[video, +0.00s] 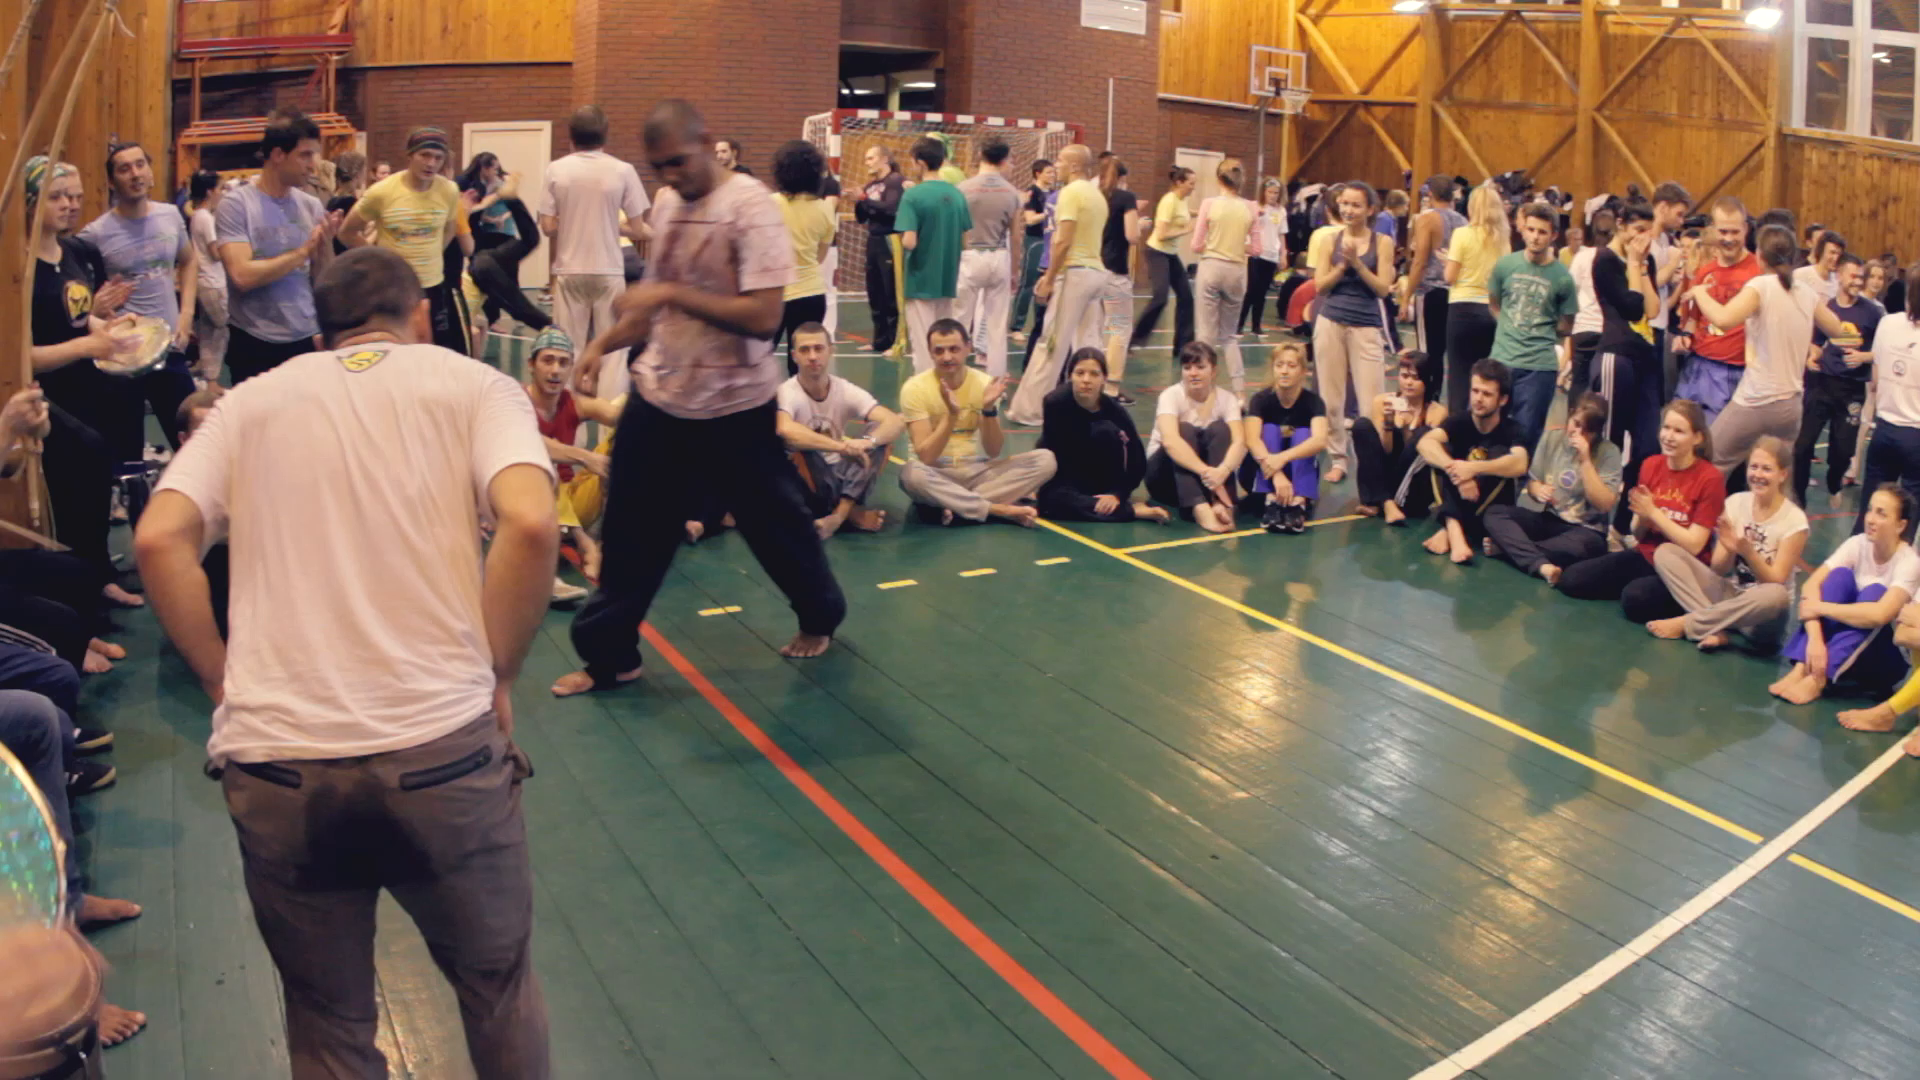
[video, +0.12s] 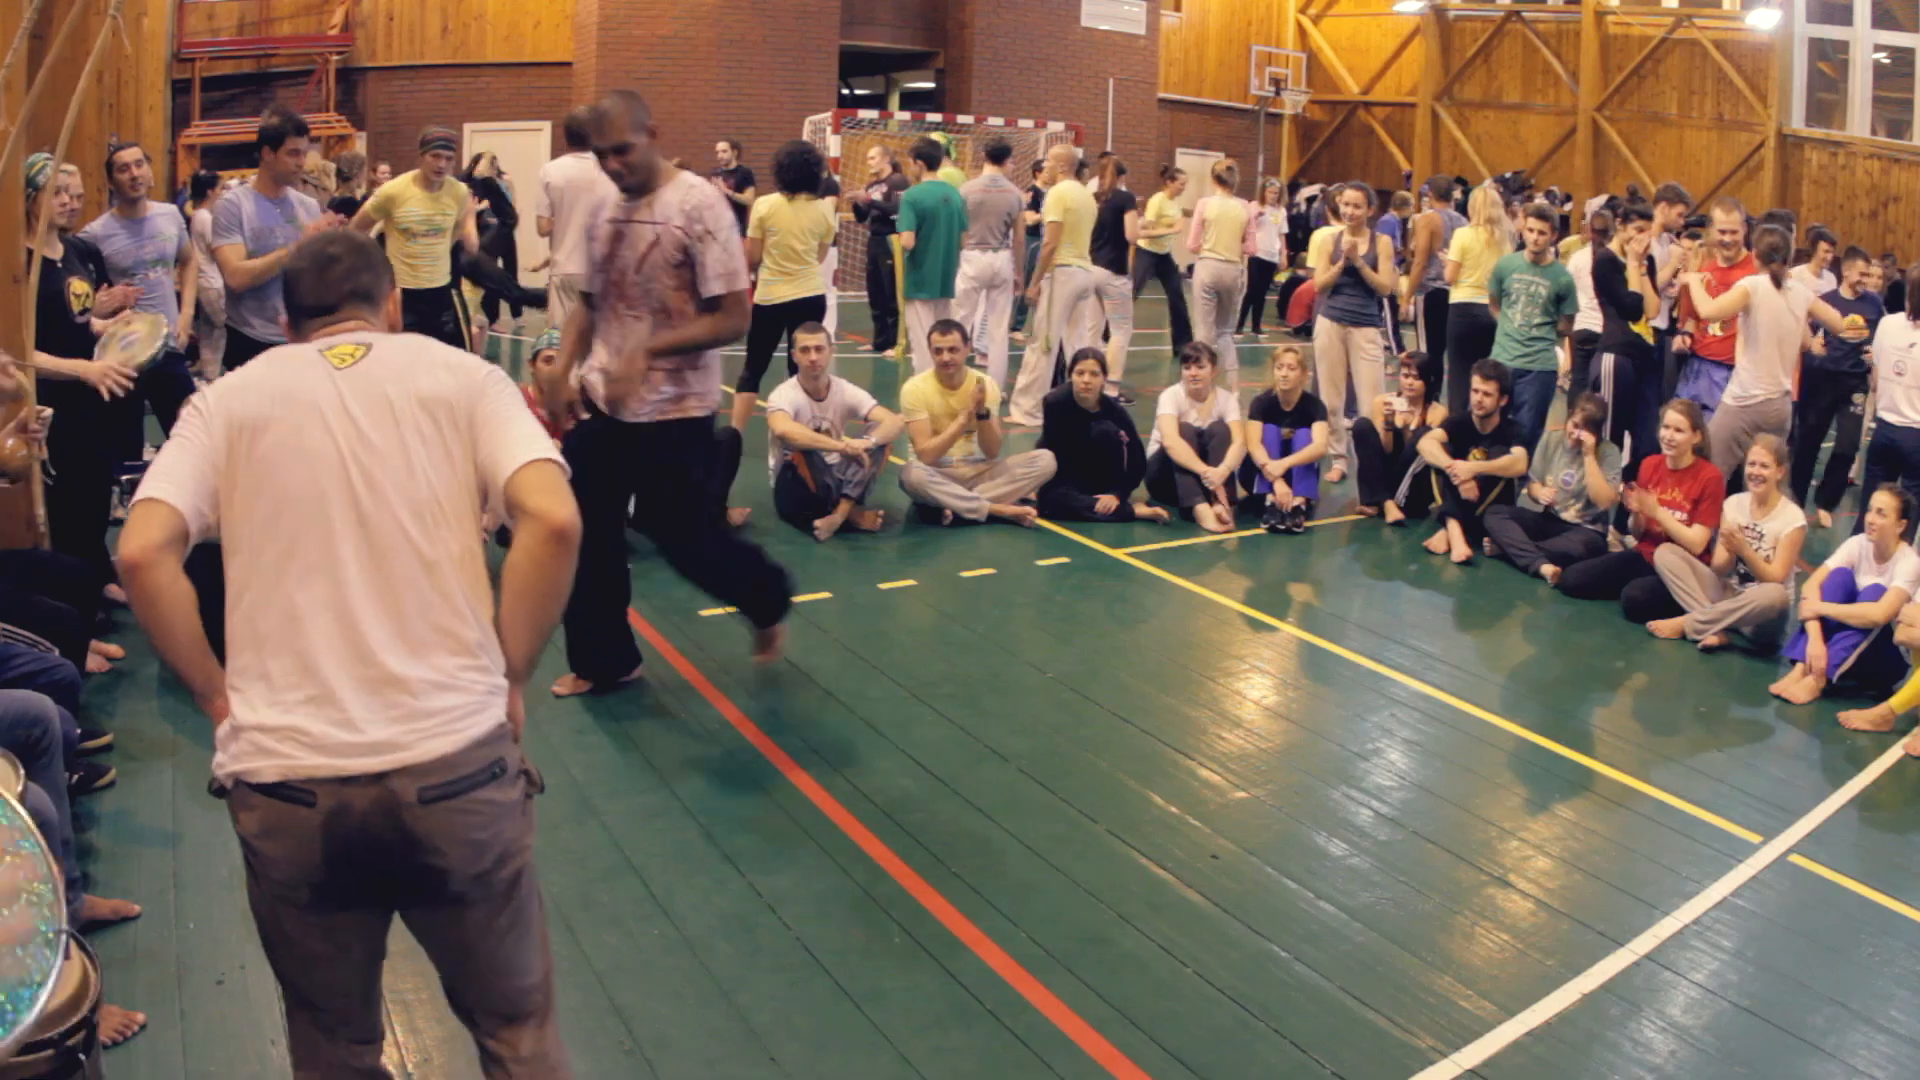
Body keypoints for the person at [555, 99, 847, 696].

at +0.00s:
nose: (668, 178)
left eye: (677, 164)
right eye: (659, 167)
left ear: (709, 145)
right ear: (653, 162)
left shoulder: (753, 207)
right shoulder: (667, 207)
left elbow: (765, 316)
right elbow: (655, 304)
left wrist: (670, 292)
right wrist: (601, 345)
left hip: (735, 407)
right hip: (659, 402)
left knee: (771, 518)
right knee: (631, 529)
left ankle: (821, 613)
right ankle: (612, 656)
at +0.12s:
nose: (614, 166)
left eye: (623, 151)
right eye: (604, 156)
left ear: (654, 136)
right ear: (595, 154)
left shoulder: (701, 204)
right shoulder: (604, 207)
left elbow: (735, 317)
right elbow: (587, 303)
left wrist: (648, 346)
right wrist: (565, 368)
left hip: (679, 410)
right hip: (606, 407)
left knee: (677, 531)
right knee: (590, 536)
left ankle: (767, 596)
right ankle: (606, 660)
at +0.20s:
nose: (586, 149)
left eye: (596, 134)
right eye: (574, 138)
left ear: (628, 124)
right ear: (564, 138)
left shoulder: (676, 198)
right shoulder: (564, 197)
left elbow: (721, 303)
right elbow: (550, 292)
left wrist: (648, 348)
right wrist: (535, 362)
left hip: (651, 403)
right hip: (580, 401)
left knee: (635, 535)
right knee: (586, 537)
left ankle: (697, 619)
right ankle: (603, 663)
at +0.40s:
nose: (536, 143)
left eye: (549, 129)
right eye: (523, 130)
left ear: (576, 130)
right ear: (507, 132)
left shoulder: (615, 198)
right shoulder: (477, 203)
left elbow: (674, 287)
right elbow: (449, 291)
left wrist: (621, 362)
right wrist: (464, 366)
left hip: (581, 393)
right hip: (497, 388)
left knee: (582, 537)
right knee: (501, 528)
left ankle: (594, 661)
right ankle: (505, 661)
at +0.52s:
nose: (506, 148)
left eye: (520, 135)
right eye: (492, 134)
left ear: (542, 136)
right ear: (474, 136)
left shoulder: (581, 218)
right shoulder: (435, 214)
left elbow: (615, 322)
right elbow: (407, 323)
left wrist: (574, 403)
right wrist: (414, 409)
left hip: (546, 417)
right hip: (453, 413)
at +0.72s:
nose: (439, 149)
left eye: (453, 133)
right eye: (424, 134)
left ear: (477, 134)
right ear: (404, 135)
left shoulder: (519, 207)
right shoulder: (360, 225)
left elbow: (574, 309)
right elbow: (344, 342)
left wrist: (529, 390)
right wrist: (350, 433)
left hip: (502, 434)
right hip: (395, 440)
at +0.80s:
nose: (403, 158)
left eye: (417, 140)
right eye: (385, 143)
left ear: (440, 134)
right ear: (362, 141)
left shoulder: (494, 198)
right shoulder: (328, 228)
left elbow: (567, 285)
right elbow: (300, 352)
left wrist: (531, 357)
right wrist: (322, 419)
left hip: (485, 416)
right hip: (377, 422)